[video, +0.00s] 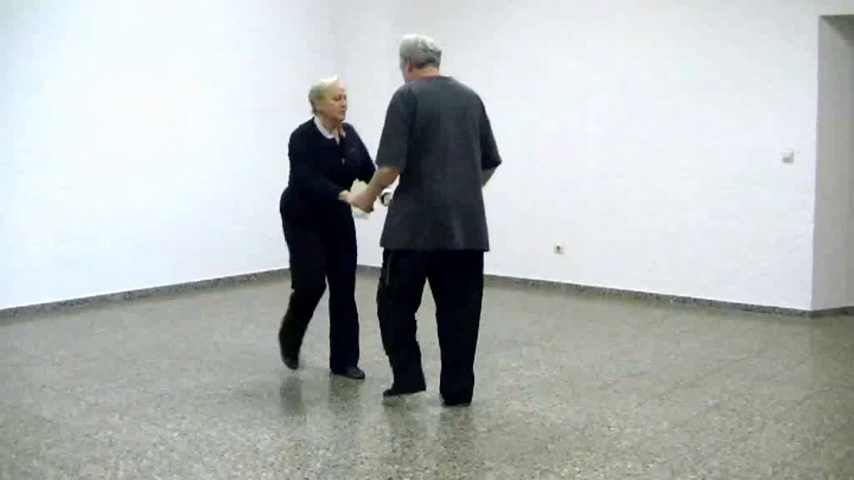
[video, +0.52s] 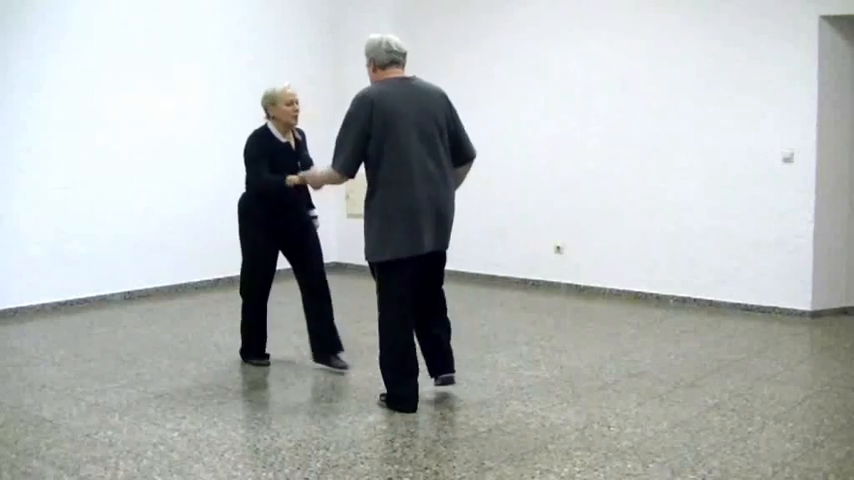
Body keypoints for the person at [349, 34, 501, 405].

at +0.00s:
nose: (402, 72)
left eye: (402, 67)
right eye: (403, 68)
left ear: (408, 65)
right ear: (438, 62)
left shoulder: (407, 97)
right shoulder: (471, 98)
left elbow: (391, 165)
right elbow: (488, 162)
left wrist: (368, 196)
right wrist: (459, 193)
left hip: (414, 225)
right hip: (466, 225)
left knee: (394, 305)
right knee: (460, 314)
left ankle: (408, 380)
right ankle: (458, 392)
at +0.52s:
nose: (367, 72)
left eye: (367, 67)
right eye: (369, 67)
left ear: (373, 66)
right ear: (403, 62)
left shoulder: (369, 99)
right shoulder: (435, 96)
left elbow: (342, 172)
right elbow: (464, 158)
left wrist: (311, 177)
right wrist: (439, 191)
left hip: (392, 221)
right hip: (437, 218)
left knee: (394, 309)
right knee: (430, 294)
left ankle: (402, 396)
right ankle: (443, 370)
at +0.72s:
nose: (363, 72)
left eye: (363, 67)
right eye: (365, 67)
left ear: (367, 66)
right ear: (400, 62)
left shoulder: (364, 102)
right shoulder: (430, 96)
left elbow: (329, 170)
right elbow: (458, 158)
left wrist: (302, 172)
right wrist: (432, 188)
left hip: (386, 225)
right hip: (433, 221)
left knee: (390, 310)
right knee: (428, 304)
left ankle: (401, 394)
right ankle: (433, 383)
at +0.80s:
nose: (364, 73)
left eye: (363, 68)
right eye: (366, 68)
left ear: (368, 67)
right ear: (400, 63)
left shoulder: (363, 103)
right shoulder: (431, 97)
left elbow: (328, 171)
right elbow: (457, 161)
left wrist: (301, 175)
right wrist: (428, 188)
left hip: (385, 227)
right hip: (433, 223)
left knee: (389, 311)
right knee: (429, 305)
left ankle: (401, 395)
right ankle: (431, 386)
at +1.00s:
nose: (368, 71)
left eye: (367, 66)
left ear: (372, 64)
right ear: (405, 61)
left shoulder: (363, 100)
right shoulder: (433, 95)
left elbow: (331, 163)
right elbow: (462, 157)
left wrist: (310, 159)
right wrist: (434, 186)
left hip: (384, 223)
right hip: (432, 220)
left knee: (391, 308)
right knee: (429, 298)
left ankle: (402, 396)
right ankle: (436, 381)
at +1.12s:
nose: (373, 70)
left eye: (373, 65)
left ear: (377, 64)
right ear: (411, 62)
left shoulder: (366, 100)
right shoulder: (438, 96)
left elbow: (335, 160)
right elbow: (466, 159)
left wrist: (316, 158)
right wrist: (437, 189)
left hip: (384, 224)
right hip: (434, 222)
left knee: (391, 310)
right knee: (431, 307)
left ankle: (401, 395)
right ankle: (434, 387)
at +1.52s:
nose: (404, 67)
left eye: (403, 60)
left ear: (403, 61)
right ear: (439, 63)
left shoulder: (382, 95)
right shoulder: (456, 101)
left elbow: (347, 152)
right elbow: (482, 170)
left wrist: (341, 131)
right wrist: (467, 206)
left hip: (384, 225)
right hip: (437, 227)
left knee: (383, 306)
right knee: (433, 313)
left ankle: (381, 387)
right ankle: (427, 400)